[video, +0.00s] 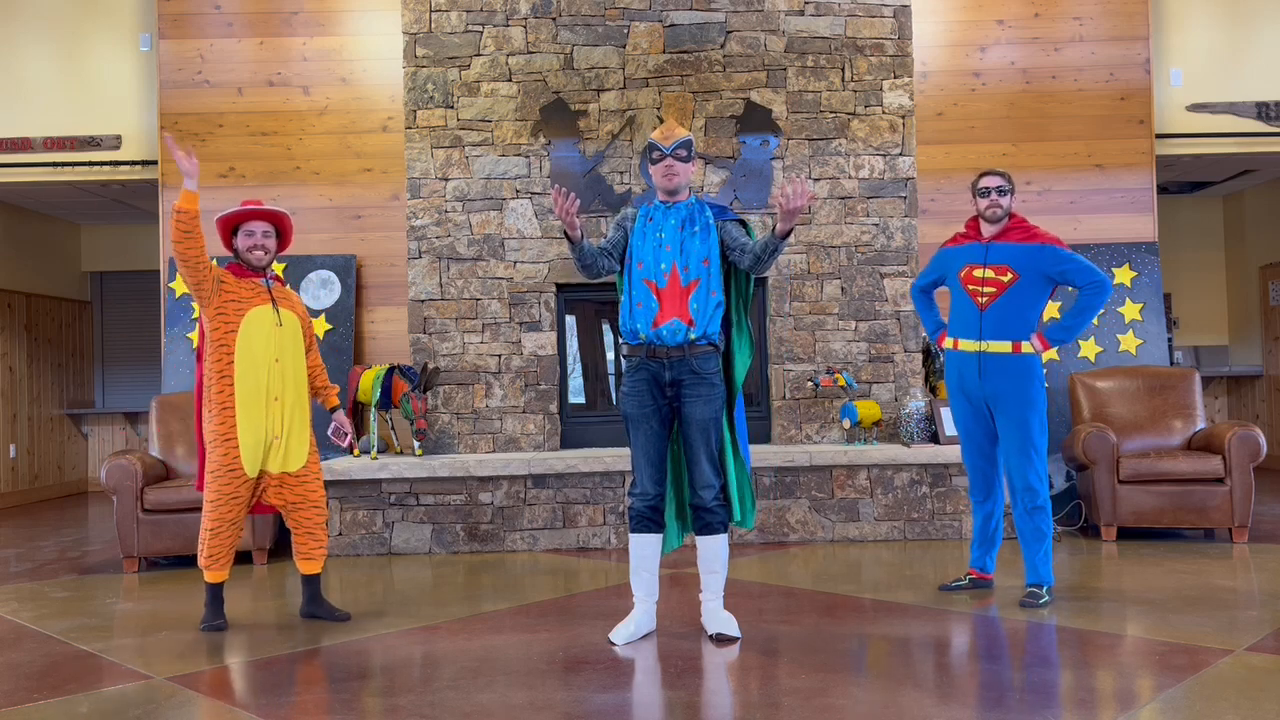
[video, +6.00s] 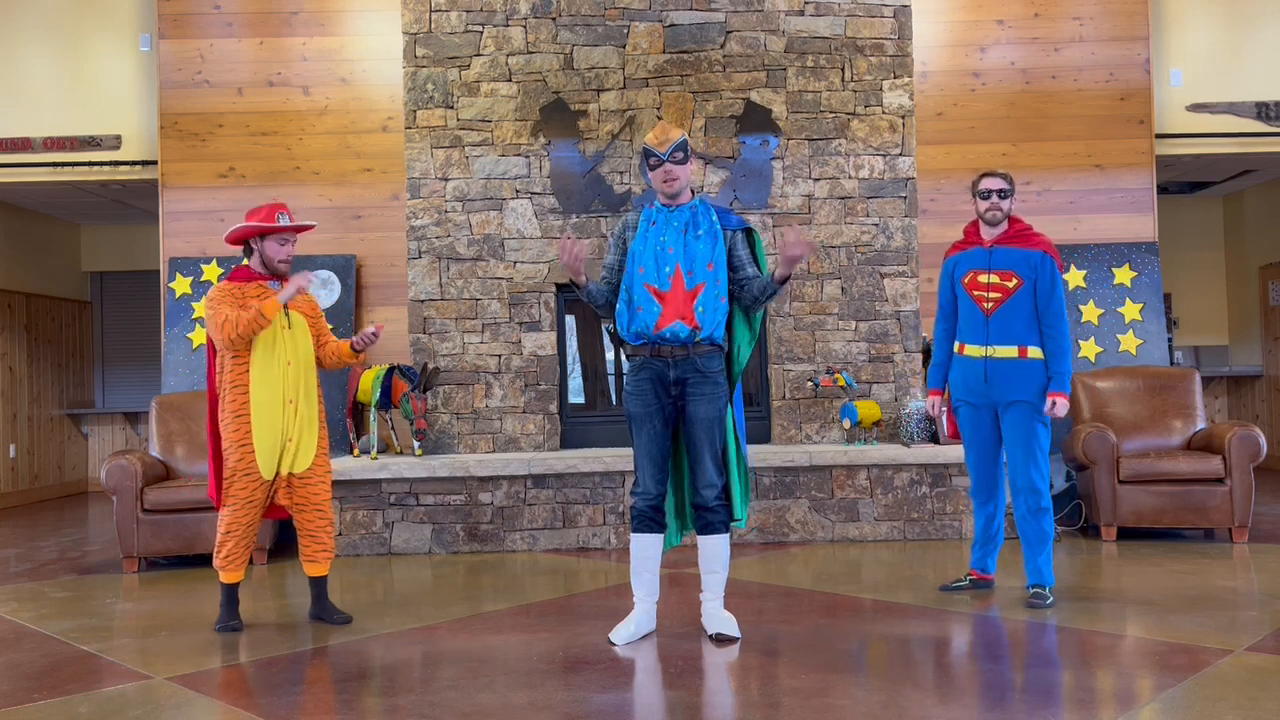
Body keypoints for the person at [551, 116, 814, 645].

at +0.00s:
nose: (671, 165)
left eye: (681, 157)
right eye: (661, 158)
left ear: (696, 166)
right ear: (648, 168)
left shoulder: (717, 217)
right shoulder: (632, 217)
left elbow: (752, 261)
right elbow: (597, 265)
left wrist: (781, 230)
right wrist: (576, 237)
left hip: (700, 365)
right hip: (642, 367)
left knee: (707, 485)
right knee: (646, 488)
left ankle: (714, 607)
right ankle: (644, 609)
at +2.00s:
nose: (670, 165)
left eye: (679, 156)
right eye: (659, 157)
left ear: (694, 165)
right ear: (646, 167)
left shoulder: (717, 222)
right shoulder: (628, 223)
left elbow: (751, 292)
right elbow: (599, 294)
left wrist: (798, 267)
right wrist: (560, 267)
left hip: (698, 365)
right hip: (639, 365)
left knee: (706, 485)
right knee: (646, 488)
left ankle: (714, 608)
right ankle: (643, 610)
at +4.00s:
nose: (681, 164)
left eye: (692, 157)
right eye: (671, 157)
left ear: (706, 168)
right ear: (657, 166)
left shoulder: (723, 220)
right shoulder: (640, 220)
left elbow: (745, 271)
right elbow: (619, 271)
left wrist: (758, 250)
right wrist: (613, 249)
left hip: (705, 365)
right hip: (647, 366)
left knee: (709, 485)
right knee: (650, 487)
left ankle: (713, 608)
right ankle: (644, 609)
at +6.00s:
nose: (669, 170)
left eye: (678, 159)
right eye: (658, 163)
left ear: (695, 165)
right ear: (646, 172)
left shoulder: (724, 224)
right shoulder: (632, 225)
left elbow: (750, 295)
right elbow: (605, 299)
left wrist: (781, 273)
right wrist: (581, 278)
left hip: (703, 365)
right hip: (644, 366)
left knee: (709, 485)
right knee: (648, 487)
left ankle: (714, 607)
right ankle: (644, 610)